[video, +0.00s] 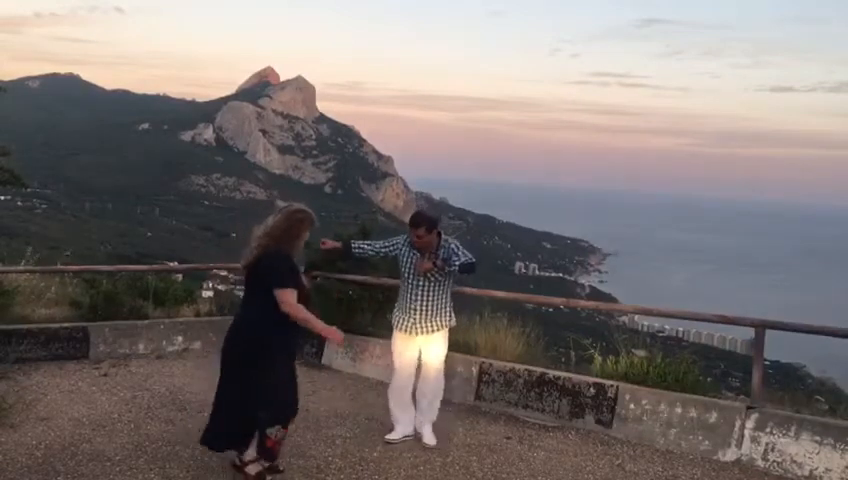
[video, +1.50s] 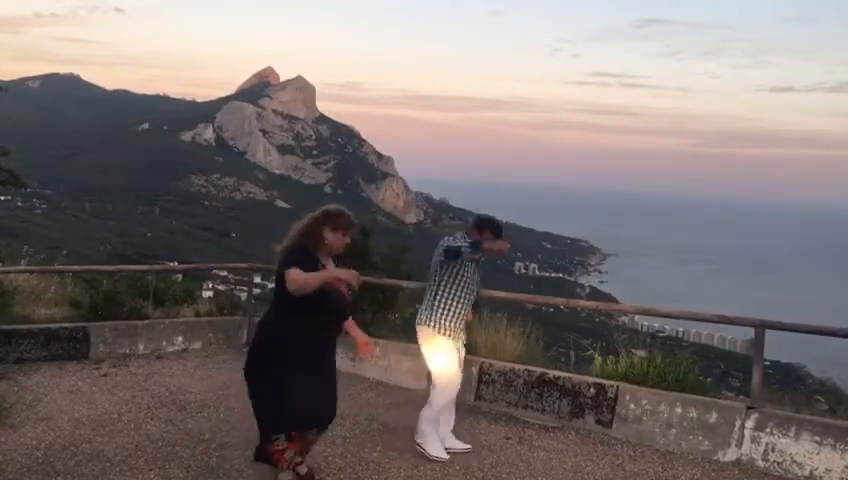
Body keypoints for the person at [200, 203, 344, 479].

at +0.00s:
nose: (306, 239)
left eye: (307, 233)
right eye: (305, 232)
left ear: (279, 226)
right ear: (295, 232)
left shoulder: (262, 257)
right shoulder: (280, 261)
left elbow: (261, 302)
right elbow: (289, 305)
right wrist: (325, 329)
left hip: (248, 339)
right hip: (269, 345)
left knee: (252, 397)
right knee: (284, 404)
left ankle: (243, 452)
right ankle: (262, 459)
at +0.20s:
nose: (315, 235)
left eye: (317, 230)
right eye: (314, 228)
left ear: (287, 221)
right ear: (301, 225)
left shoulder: (272, 248)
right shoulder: (284, 250)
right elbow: (296, 286)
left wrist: (307, 278)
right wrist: (339, 296)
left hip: (258, 337)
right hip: (274, 341)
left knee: (260, 394)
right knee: (286, 399)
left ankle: (251, 452)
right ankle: (266, 460)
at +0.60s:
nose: (326, 241)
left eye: (327, 235)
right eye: (324, 234)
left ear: (297, 227)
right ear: (310, 231)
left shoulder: (279, 252)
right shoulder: (293, 256)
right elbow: (307, 294)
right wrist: (341, 298)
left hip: (273, 341)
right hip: (285, 346)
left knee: (296, 401)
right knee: (294, 403)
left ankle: (283, 461)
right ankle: (275, 466)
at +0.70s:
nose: (329, 240)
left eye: (330, 235)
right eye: (327, 234)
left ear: (301, 226)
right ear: (314, 231)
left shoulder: (283, 252)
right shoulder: (301, 258)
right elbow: (309, 302)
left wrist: (325, 247)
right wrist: (349, 316)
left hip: (269, 343)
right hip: (289, 348)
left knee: (277, 404)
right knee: (305, 401)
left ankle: (274, 464)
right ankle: (285, 463)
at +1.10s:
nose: (341, 241)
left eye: (343, 236)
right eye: (339, 235)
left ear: (321, 230)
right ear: (325, 230)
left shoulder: (298, 254)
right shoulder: (309, 260)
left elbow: (300, 293)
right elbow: (306, 308)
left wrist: (332, 284)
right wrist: (330, 342)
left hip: (284, 340)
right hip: (301, 344)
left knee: (286, 400)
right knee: (313, 408)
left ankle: (277, 457)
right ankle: (286, 464)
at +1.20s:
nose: (344, 239)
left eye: (347, 234)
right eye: (343, 233)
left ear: (323, 228)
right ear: (328, 228)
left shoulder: (306, 254)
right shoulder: (309, 256)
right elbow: (305, 298)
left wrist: (339, 297)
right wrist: (338, 319)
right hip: (301, 343)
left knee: (279, 400)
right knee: (311, 401)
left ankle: (284, 463)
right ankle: (295, 462)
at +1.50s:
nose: (346, 242)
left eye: (348, 237)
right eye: (343, 235)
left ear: (330, 234)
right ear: (326, 230)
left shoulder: (329, 266)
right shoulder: (298, 253)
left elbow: (335, 309)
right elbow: (294, 284)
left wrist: (358, 335)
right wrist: (332, 274)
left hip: (316, 352)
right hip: (283, 350)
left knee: (322, 412)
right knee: (290, 412)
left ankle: (295, 460)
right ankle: (285, 468)